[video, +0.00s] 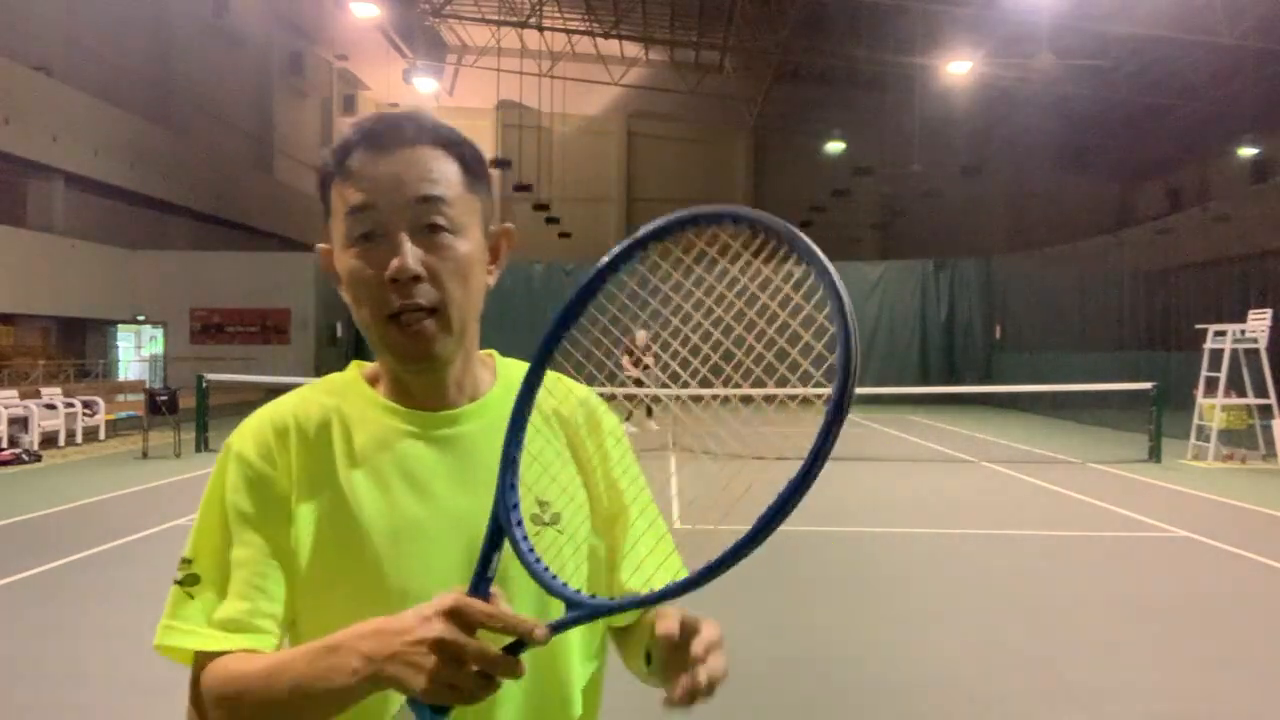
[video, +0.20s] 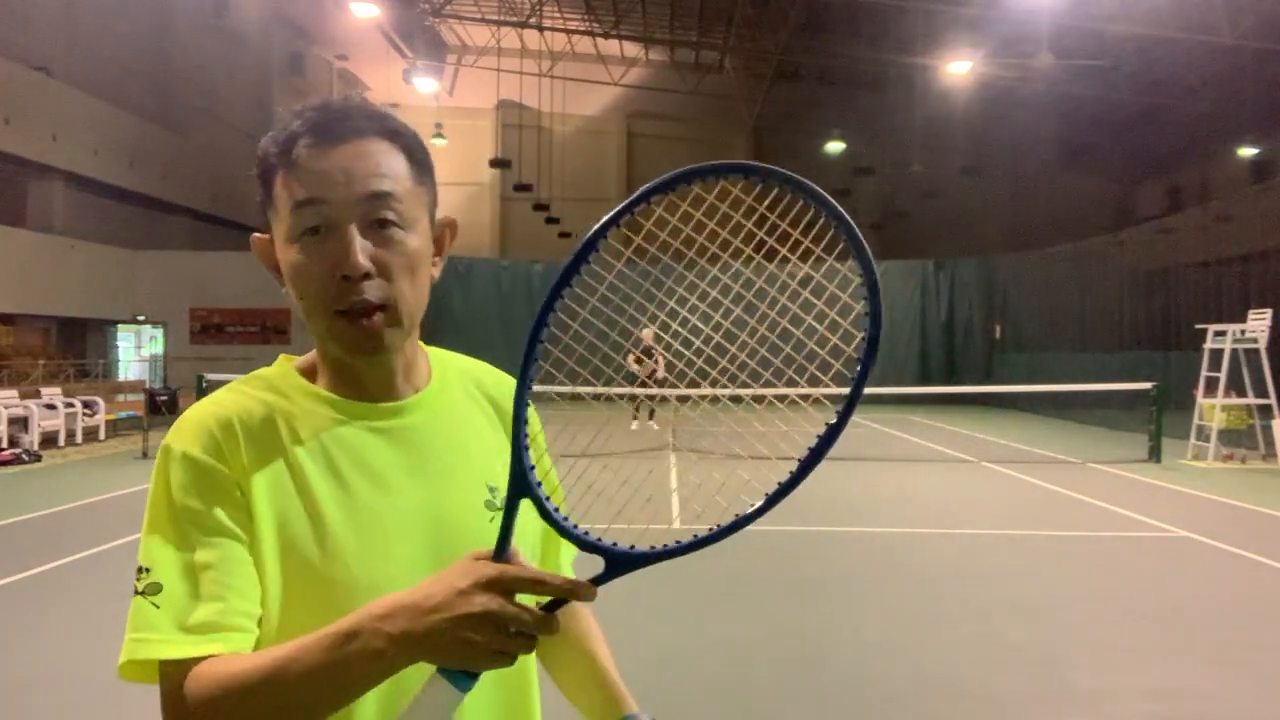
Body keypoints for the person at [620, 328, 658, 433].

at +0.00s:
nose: (641, 342)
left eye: (644, 339)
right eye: (640, 339)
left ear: (647, 339)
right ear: (636, 339)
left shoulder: (649, 348)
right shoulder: (629, 347)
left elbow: (652, 363)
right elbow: (625, 362)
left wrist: (647, 359)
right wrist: (635, 372)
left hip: (645, 373)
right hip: (633, 373)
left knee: (648, 394)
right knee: (633, 397)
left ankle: (650, 419)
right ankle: (627, 421)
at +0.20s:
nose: (648, 339)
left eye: (650, 336)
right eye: (646, 336)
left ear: (652, 337)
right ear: (642, 337)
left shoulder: (655, 349)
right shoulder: (639, 349)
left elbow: (660, 361)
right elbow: (630, 358)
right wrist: (635, 367)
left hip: (653, 375)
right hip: (641, 375)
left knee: (652, 398)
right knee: (637, 397)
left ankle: (651, 419)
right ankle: (635, 420)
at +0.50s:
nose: (648, 339)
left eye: (650, 337)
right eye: (646, 337)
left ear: (654, 338)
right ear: (644, 338)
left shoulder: (659, 351)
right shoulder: (641, 351)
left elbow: (666, 363)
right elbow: (635, 360)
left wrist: (668, 374)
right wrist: (635, 368)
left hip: (656, 377)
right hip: (644, 377)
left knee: (653, 398)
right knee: (645, 398)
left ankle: (651, 419)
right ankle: (648, 418)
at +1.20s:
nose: (657, 339)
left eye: (659, 336)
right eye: (656, 337)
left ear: (662, 338)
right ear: (653, 338)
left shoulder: (667, 350)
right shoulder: (650, 351)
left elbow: (671, 361)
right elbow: (645, 364)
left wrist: (671, 371)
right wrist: (645, 373)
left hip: (663, 377)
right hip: (652, 376)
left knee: (663, 396)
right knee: (651, 395)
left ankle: (662, 416)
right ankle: (652, 415)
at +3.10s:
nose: (668, 341)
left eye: (669, 339)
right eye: (666, 339)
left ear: (672, 340)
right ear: (662, 339)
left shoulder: (674, 351)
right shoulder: (660, 352)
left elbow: (678, 362)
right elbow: (656, 364)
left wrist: (677, 372)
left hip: (671, 374)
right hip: (662, 373)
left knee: (670, 392)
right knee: (663, 392)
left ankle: (669, 409)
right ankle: (664, 409)